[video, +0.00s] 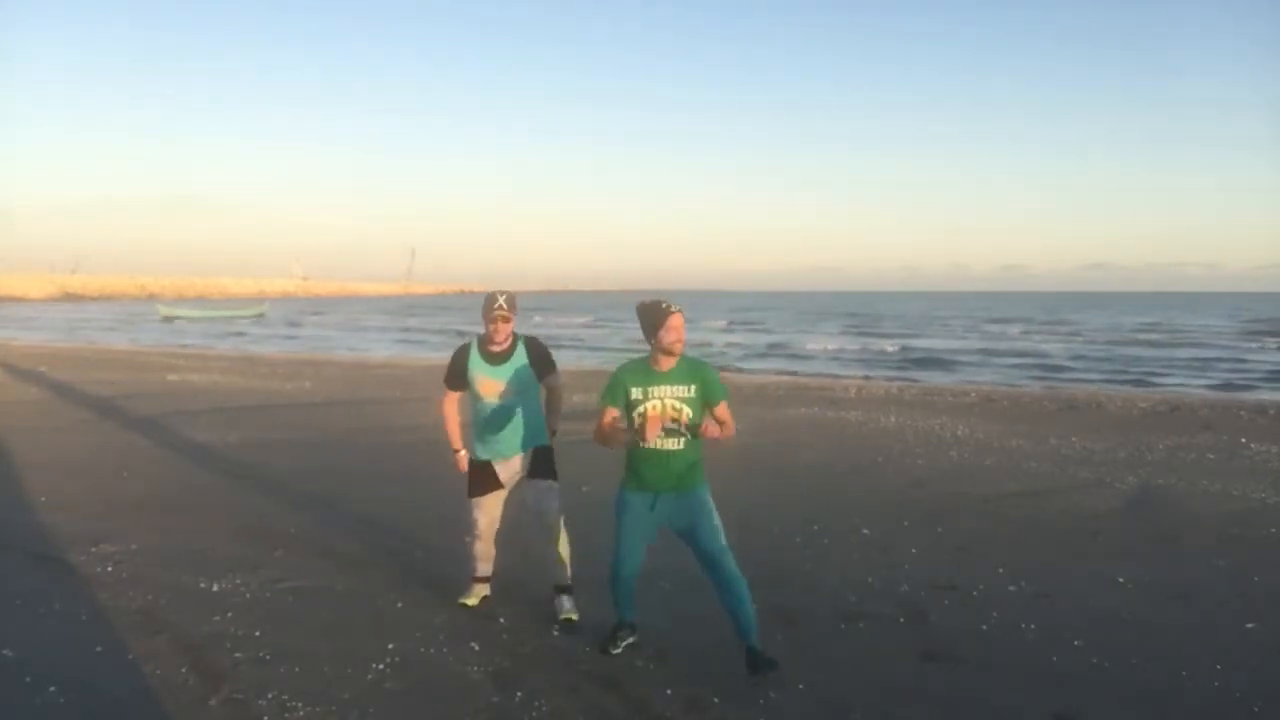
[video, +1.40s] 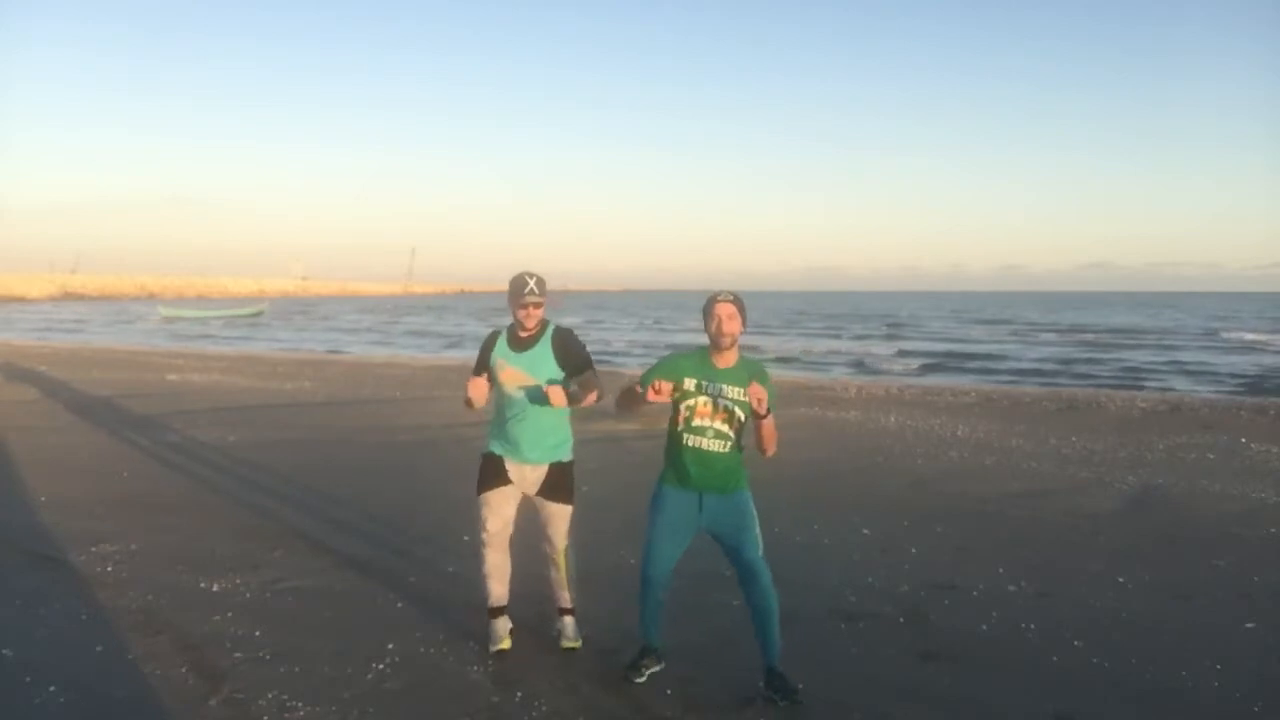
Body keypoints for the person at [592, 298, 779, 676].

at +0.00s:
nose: (680, 336)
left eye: (682, 328)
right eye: (672, 330)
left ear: (684, 331)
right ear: (652, 335)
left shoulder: (701, 374)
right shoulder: (626, 376)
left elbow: (729, 428)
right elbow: (603, 432)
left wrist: (715, 430)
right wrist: (634, 435)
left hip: (690, 490)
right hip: (639, 491)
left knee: (723, 564)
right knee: (624, 567)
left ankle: (753, 649)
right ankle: (624, 626)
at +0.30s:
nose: (713, 320)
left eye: (719, 312)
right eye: (705, 314)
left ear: (728, 317)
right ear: (692, 321)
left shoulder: (756, 361)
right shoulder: (680, 371)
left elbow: (791, 414)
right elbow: (663, 435)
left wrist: (769, 439)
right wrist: (686, 454)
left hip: (750, 488)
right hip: (699, 488)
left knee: (771, 576)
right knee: (672, 561)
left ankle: (776, 671)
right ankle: (641, 621)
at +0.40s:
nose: (725, 321)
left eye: (731, 313)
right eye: (717, 315)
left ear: (745, 319)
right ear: (708, 325)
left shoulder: (777, 367)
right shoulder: (700, 379)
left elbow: (815, 420)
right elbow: (688, 442)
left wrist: (798, 464)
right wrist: (702, 473)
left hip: (774, 492)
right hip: (723, 496)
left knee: (787, 586)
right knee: (710, 581)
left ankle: (779, 675)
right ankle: (688, 637)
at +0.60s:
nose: (737, 310)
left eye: (744, 303)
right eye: (729, 304)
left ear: (758, 309)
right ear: (719, 312)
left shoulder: (788, 349)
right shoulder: (709, 368)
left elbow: (845, 383)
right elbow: (684, 423)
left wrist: (814, 422)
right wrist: (705, 441)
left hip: (792, 484)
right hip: (742, 486)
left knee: (796, 583)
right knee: (739, 583)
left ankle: (782, 675)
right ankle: (742, 675)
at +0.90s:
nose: (748, 318)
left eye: (755, 311)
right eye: (740, 311)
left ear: (769, 318)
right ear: (730, 319)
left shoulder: (796, 365)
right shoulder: (714, 374)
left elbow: (848, 414)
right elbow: (710, 445)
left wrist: (818, 419)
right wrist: (735, 429)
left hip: (798, 493)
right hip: (747, 495)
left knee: (800, 591)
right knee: (741, 590)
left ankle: (782, 675)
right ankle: (748, 680)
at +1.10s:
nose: (753, 327)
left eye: (760, 319)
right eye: (745, 319)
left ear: (773, 327)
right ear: (733, 327)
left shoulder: (788, 378)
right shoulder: (711, 374)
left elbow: (803, 453)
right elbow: (675, 434)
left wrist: (800, 413)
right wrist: (700, 415)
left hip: (786, 502)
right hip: (732, 502)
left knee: (800, 594)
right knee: (714, 589)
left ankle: (780, 675)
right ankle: (694, 654)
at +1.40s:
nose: (720, 325)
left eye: (728, 318)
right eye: (714, 318)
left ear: (742, 326)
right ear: (704, 325)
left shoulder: (755, 376)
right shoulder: (678, 365)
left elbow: (768, 448)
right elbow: (623, 404)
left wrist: (762, 414)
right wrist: (643, 394)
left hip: (730, 492)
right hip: (678, 489)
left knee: (758, 575)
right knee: (654, 572)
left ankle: (773, 671)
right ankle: (650, 650)